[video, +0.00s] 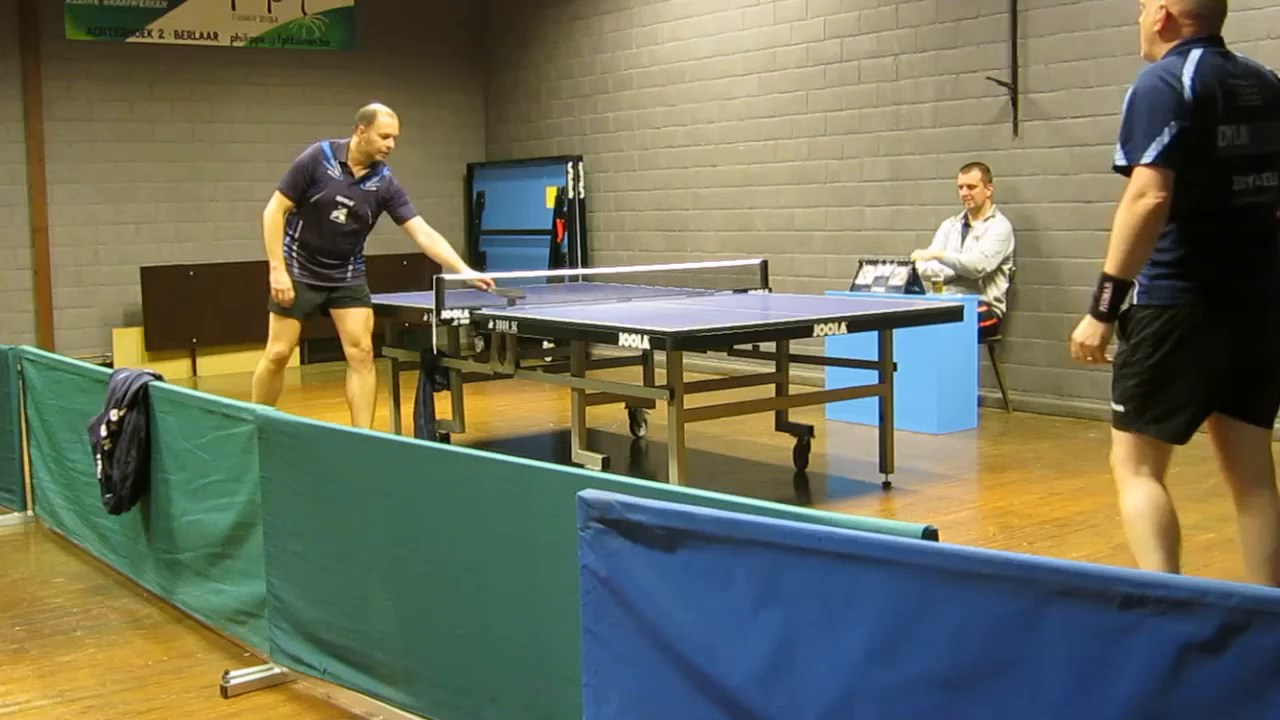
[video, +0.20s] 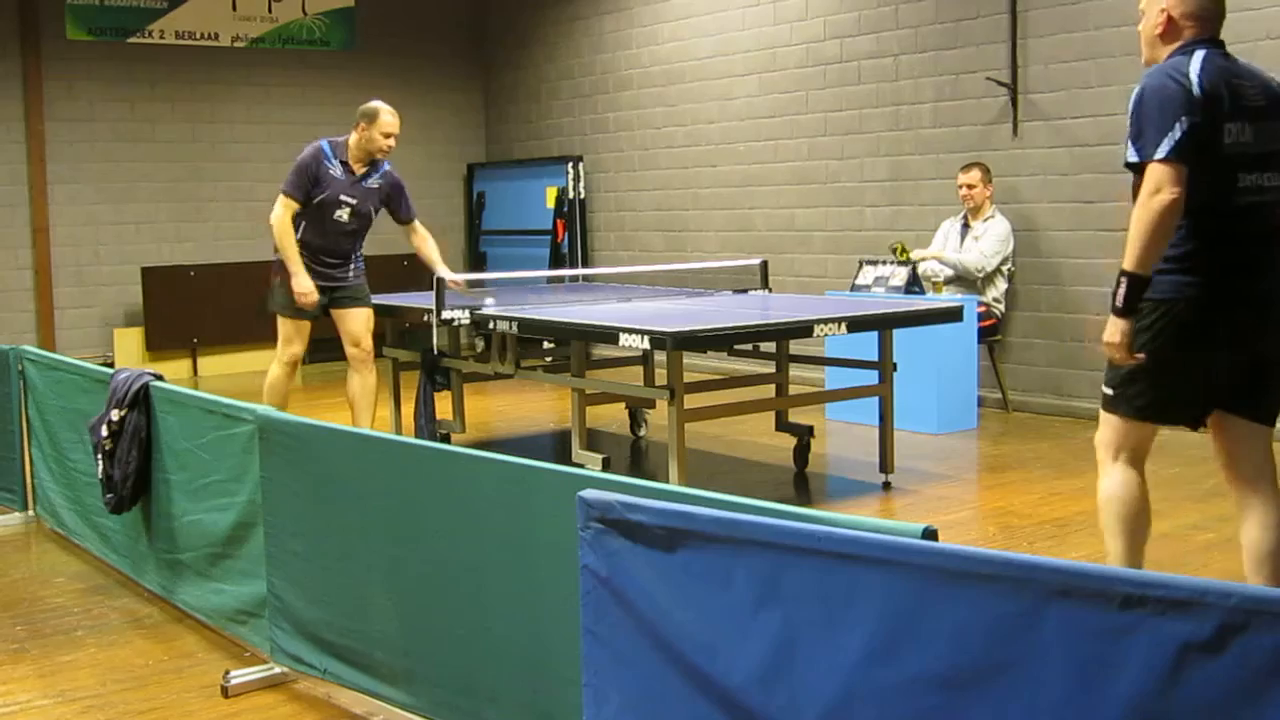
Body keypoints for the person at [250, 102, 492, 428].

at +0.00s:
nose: (391, 145)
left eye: (394, 138)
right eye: (385, 137)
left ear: (393, 139)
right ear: (360, 132)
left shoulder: (385, 183)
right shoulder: (318, 158)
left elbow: (423, 233)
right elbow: (274, 211)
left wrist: (466, 271)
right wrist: (277, 269)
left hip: (348, 275)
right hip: (298, 271)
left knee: (361, 352)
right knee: (278, 354)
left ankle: (362, 443)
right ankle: (257, 430)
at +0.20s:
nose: (392, 145)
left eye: (395, 138)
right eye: (386, 136)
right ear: (361, 129)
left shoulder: (387, 182)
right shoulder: (317, 158)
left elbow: (415, 231)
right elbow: (280, 217)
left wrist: (444, 272)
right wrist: (298, 273)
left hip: (347, 272)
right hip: (300, 267)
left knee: (362, 351)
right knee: (290, 355)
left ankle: (363, 443)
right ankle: (268, 437)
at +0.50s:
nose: (366, 147)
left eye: (368, 140)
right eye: (361, 139)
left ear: (341, 135)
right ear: (336, 132)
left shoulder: (334, 165)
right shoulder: (307, 170)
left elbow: (327, 216)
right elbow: (323, 250)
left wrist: (345, 241)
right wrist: (365, 299)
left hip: (317, 259)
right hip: (284, 262)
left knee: (337, 351)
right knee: (301, 359)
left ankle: (360, 438)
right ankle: (278, 444)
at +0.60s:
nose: (361, 149)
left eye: (363, 141)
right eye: (356, 141)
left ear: (332, 136)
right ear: (332, 136)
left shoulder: (307, 155)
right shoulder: (310, 174)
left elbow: (297, 215)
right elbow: (333, 253)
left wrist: (332, 236)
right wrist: (376, 300)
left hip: (289, 258)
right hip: (273, 259)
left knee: (320, 349)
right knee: (295, 355)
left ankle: (337, 435)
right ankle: (278, 442)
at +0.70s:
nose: (355, 148)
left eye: (357, 140)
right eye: (352, 140)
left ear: (328, 135)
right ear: (331, 135)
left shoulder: (292, 151)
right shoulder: (310, 173)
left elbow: (276, 211)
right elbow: (329, 249)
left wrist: (302, 249)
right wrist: (376, 292)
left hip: (258, 252)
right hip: (268, 260)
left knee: (301, 344)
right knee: (290, 354)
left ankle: (305, 429)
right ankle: (276, 441)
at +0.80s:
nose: (343, 143)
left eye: (344, 136)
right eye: (341, 136)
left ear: (316, 130)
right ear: (321, 131)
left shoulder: (277, 149)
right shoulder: (303, 168)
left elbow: (267, 211)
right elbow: (316, 245)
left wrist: (293, 254)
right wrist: (358, 279)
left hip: (239, 257)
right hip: (265, 262)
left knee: (264, 349)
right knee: (287, 354)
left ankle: (250, 432)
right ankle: (277, 440)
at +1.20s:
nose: (274, 145)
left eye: (276, 139)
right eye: (275, 138)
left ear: (243, 128)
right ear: (264, 134)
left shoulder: (214, 156)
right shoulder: (245, 166)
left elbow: (209, 219)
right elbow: (245, 226)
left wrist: (242, 264)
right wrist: (274, 267)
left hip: (188, 260)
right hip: (220, 263)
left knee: (193, 353)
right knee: (260, 351)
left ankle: (169, 431)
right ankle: (269, 441)